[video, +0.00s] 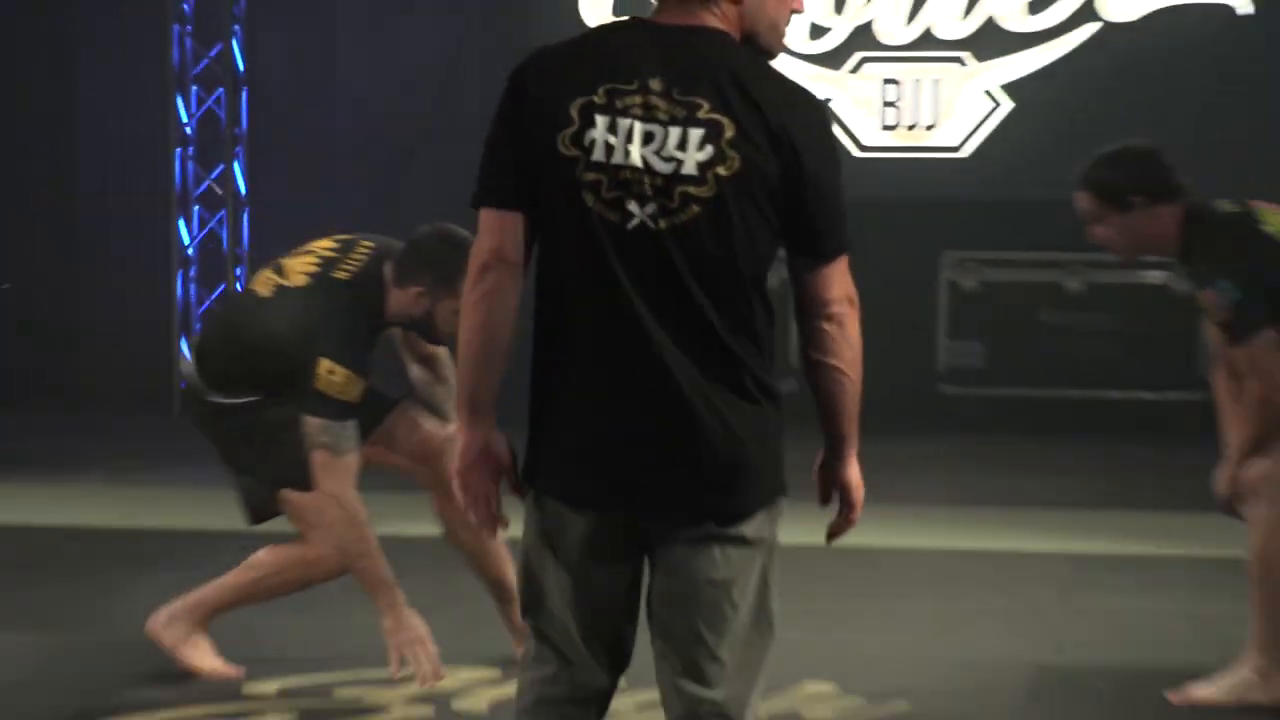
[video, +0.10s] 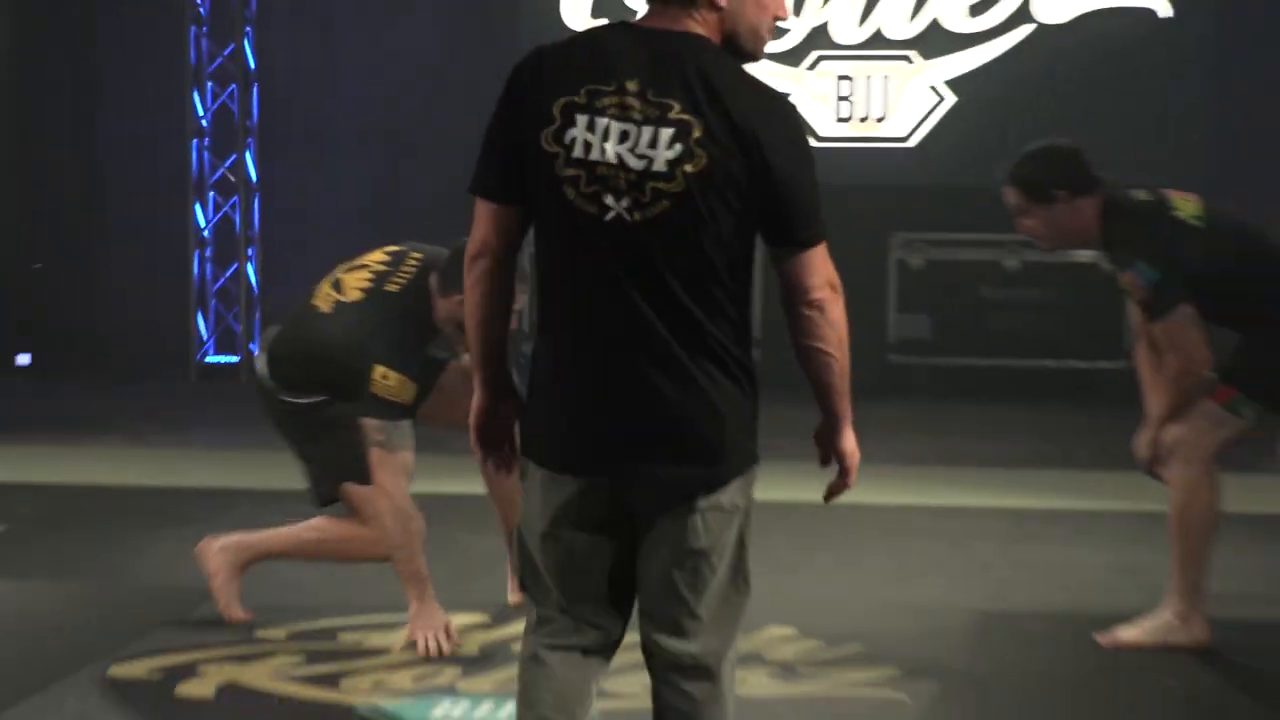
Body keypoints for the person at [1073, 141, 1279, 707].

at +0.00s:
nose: (1094, 237)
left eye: (1098, 221)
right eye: (1089, 224)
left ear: (1137, 209)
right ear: (1140, 208)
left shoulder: (1229, 250)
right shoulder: (1201, 247)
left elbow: (1262, 374)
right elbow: (1222, 364)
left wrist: (1242, 458)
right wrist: (1234, 453)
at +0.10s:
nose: (1021, 228)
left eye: (1025, 214)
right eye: (1016, 217)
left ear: (1065, 202)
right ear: (1069, 198)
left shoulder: (1138, 238)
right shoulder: (1121, 223)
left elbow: (1193, 362)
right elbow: (1146, 337)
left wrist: (1159, 425)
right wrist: (1157, 418)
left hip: (1271, 335)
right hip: (1256, 329)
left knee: (1188, 443)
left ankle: (1184, 612)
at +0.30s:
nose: (894, 229)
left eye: (895, 218)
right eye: (891, 220)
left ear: (925, 206)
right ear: (929, 203)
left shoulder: (986, 238)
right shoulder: (983, 216)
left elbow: (1037, 330)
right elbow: (1004, 308)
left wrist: (1008, 385)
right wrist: (1004, 375)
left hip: (1124, 293)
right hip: (1154, 284)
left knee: (1038, 400)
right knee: (1126, 404)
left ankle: (1033, 533)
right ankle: (1214, 511)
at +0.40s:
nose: (866, 242)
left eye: (867, 231)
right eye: (863, 234)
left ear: (895, 219)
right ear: (899, 216)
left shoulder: (951, 244)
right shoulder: (949, 229)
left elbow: (1001, 332)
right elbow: (968, 323)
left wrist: (965, 392)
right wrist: (942, 353)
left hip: (1086, 297)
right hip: (1112, 288)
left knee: (1002, 395)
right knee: (1082, 401)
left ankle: (994, 525)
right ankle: (1164, 499)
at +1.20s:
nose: (865, 249)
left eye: (864, 238)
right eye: (860, 241)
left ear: (893, 224)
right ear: (896, 218)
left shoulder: (951, 232)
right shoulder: (948, 221)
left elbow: (1015, 312)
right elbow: (1007, 306)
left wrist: (1004, 389)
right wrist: (1014, 378)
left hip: (1084, 292)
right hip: (1090, 286)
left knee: (1031, 412)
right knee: (1053, 405)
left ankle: (1041, 542)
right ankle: (1128, 505)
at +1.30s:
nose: (848, 244)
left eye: (847, 234)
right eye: (842, 236)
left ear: (874, 220)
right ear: (878, 215)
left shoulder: (934, 235)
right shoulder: (929, 219)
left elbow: (988, 313)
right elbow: (988, 305)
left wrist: (984, 389)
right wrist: (984, 371)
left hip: (1067, 291)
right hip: (1055, 288)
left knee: (1017, 411)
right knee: (1007, 399)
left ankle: (1041, 543)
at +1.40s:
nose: (828, 243)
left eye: (827, 232)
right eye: (823, 235)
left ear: (854, 217)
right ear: (858, 214)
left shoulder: (910, 234)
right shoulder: (907, 219)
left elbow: (959, 314)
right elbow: (954, 308)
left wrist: (954, 393)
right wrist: (942, 367)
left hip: (1045, 294)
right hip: (1010, 295)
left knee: (997, 415)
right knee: (968, 401)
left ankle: (1040, 541)